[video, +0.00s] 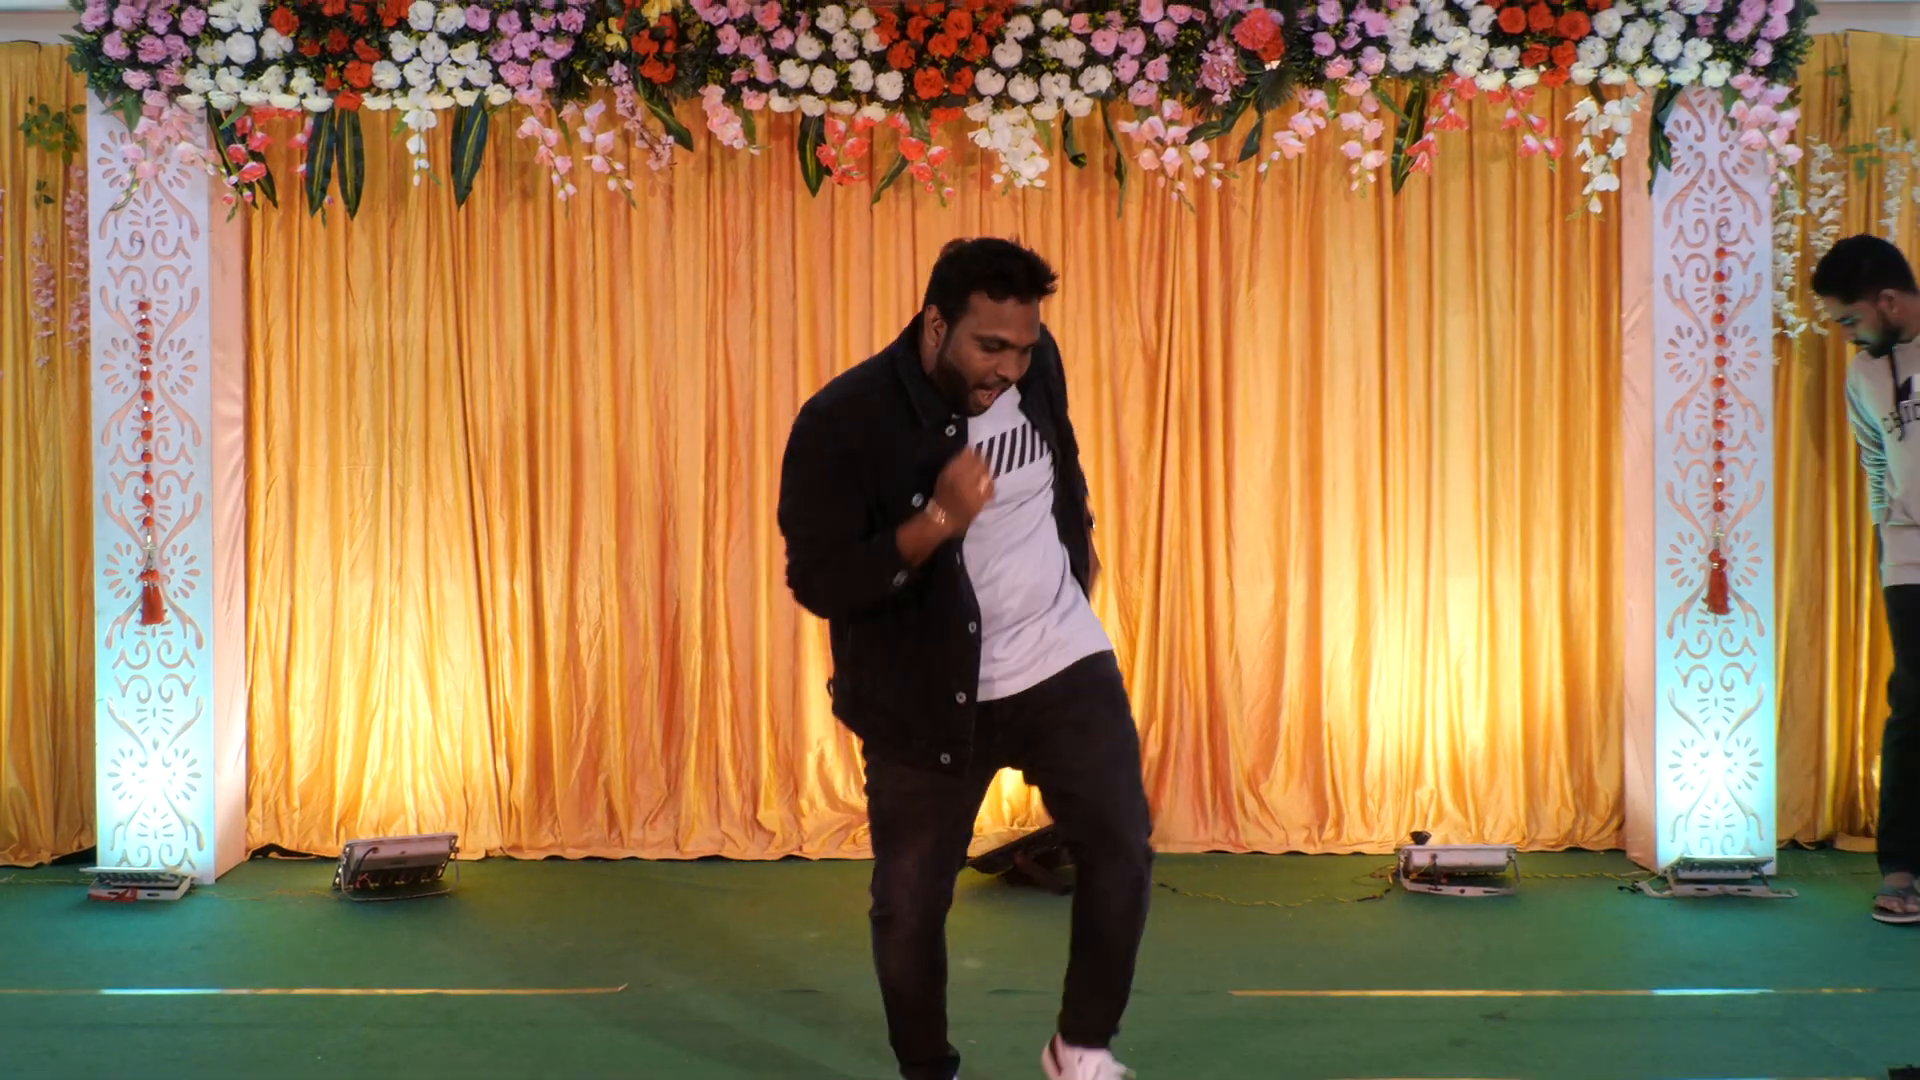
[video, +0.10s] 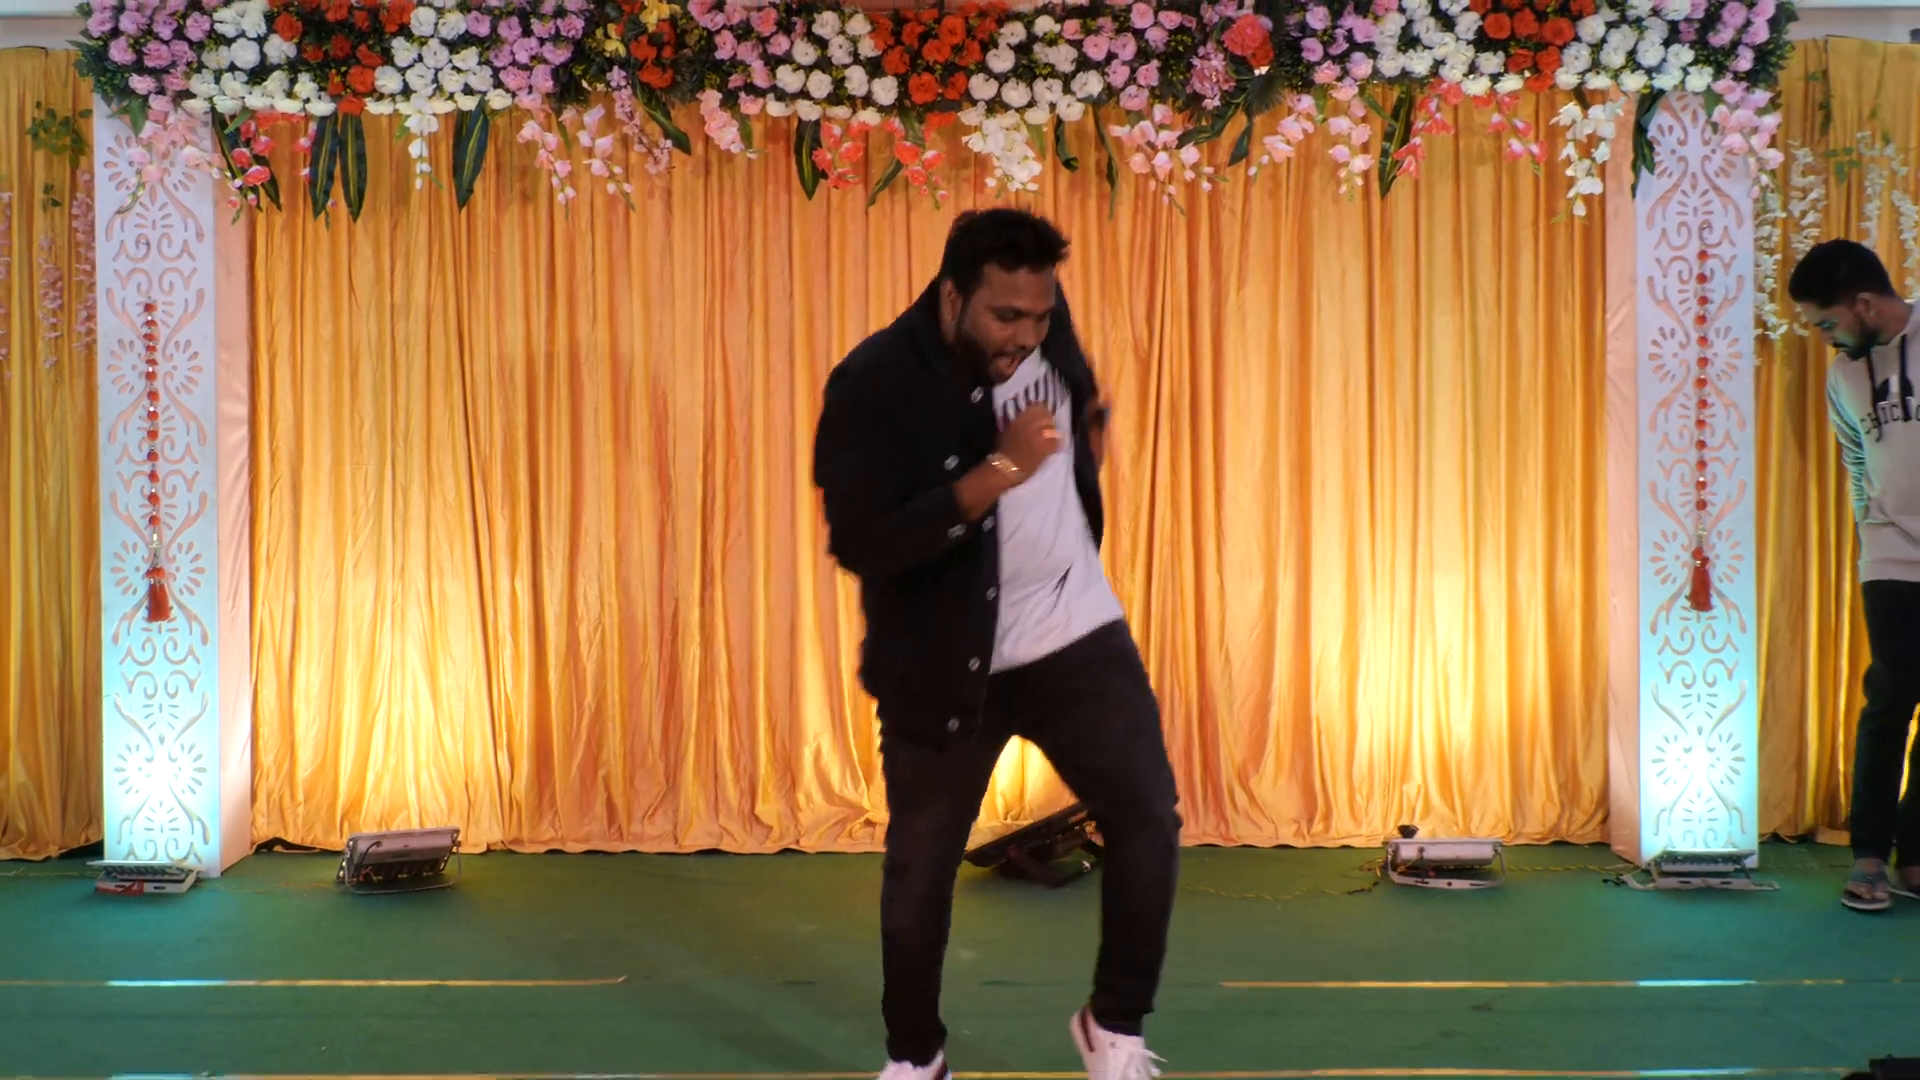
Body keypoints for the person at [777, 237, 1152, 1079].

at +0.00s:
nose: (1012, 368)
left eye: (1025, 347)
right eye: (992, 346)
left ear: (1038, 333)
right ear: (934, 326)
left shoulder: (1034, 361)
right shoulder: (841, 422)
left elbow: (1058, 468)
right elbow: (818, 583)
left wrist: (1076, 550)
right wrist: (935, 522)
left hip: (1064, 668)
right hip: (931, 704)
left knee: (1121, 854)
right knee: (908, 904)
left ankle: (1081, 1048)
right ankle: (927, 1069)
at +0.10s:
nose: (1027, 336)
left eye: (1042, 314)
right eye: (1007, 316)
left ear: (1055, 300)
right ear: (952, 297)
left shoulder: (1047, 328)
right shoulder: (873, 384)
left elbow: (1074, 387)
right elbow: (863, 544)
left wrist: (1086, 421)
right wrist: (998, 471)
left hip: (1075, 638)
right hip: (947, 667)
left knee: (1147, 821)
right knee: (919, 865)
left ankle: (1115, 1027)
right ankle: (913, 1057)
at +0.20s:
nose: (1042, 290)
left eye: (1057, 266)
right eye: (1019, 270)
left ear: (1072, 246)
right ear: (972, 252)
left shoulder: (1060, 259)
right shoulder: (915, 335)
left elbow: (1079, 246)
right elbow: (923, 503)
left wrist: (1151, 298)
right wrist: (1089, 491)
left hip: (1100, 610)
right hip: (972, 624)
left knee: (1157, 826)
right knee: (920, 836)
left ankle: (1152, 1048)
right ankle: (892, 1018)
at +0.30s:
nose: (1053, 267)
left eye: (1066, 243)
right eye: (1027, 251)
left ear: (1085, 226)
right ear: (986, 244)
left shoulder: (1088, 241)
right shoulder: (961, 321)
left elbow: (1103, 219)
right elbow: (985, 500)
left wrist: (1222, 250)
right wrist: (1121, 579)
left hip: (1127, 619)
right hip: (1000, 623)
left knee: (1170, 841)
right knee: (923, 823)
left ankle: (1156, 1049)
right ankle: (893, 930)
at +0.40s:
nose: (1050, 261)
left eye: (1067, 235)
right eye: (1026, 244)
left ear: (1096, 222)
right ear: (998, 243)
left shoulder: (1126, 272)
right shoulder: (983, 365)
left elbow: (1181, 289)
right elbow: (997, 541)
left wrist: (1257, 296)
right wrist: (1102, 648)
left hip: (1150, 614)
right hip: (1022, 625)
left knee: (1183, 822)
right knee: (960, 821)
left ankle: (1144, 1017)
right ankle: (911, 789)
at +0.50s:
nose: (1063, 276)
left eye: (1079, 251)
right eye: (1039, 258)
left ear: (1109, 240)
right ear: (1010, 255)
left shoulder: (1163, 314)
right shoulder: (974, 364)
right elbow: (928, 514)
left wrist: (1252, 425)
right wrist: (1023, 630)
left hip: (1158, 616)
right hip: (1032, 623)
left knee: (1187, 816)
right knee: (991, 820)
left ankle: (1139, 993)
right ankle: (956, 724)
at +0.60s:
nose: (1066, 290)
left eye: (1084, 267)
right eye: (1045, 270)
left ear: (1111, 254)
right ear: (1013, 258)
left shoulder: (1166, 341)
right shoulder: (952, 335)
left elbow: (1229, 489)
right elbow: (896, 457)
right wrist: (962, 554)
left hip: (1147, 605)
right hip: (1020, 598)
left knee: (1176, 805)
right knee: (984, 780)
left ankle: (1140, 982)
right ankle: (997, 791)